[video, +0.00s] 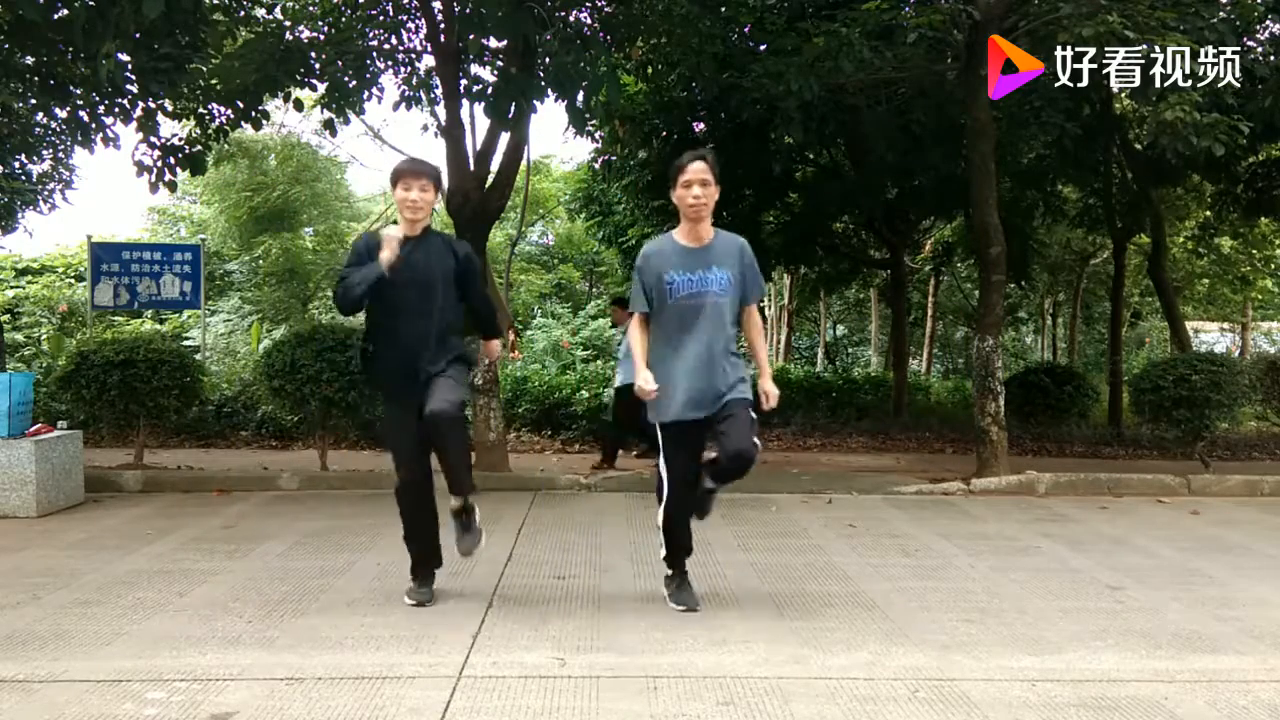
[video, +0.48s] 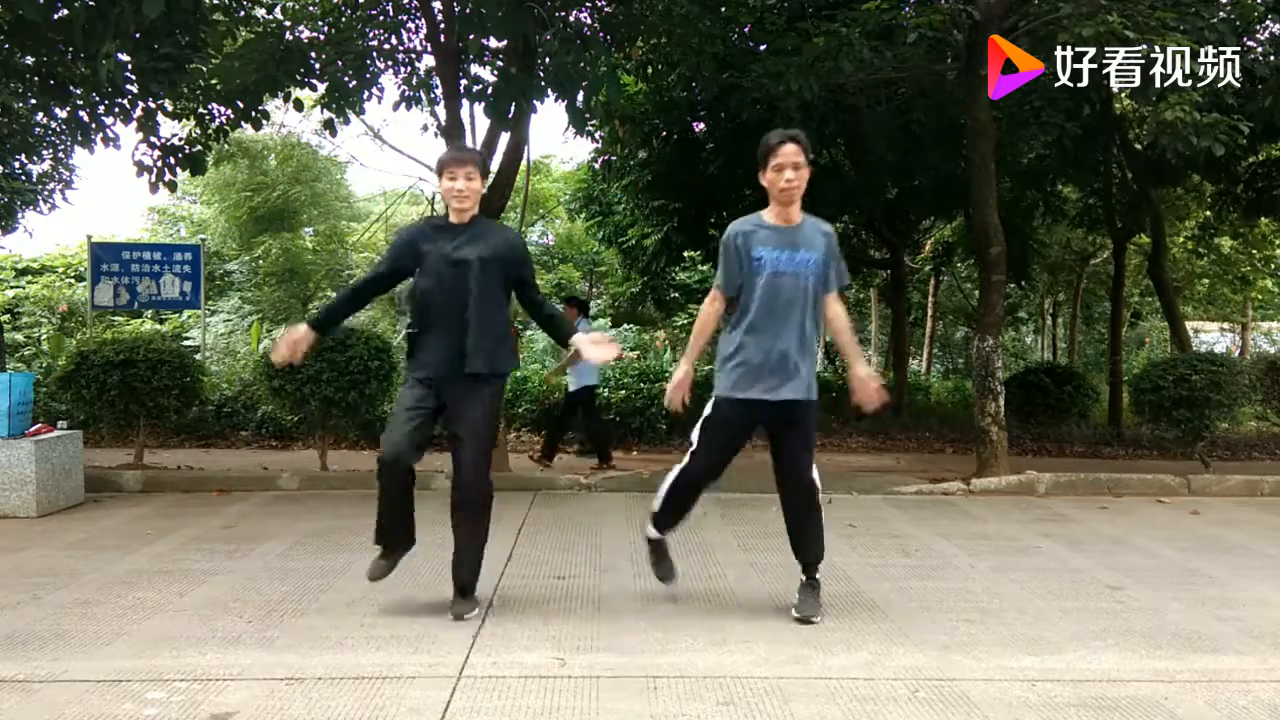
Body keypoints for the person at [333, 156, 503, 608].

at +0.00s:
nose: (414, 197)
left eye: (423, 189)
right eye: (405, 188)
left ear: (436, 197)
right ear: (393, 195)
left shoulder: (456, 252)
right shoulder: (369, 246)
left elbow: (480, 302)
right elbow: (344, 301)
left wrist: (492, 335)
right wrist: (380, 264)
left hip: (447, 363)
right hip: (396, 371)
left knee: (441, 414)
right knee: (409, 477)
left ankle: (462, 503)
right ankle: (422, 570)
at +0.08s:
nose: (420, 190)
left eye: (429, 182)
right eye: (412, 181)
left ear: (442, 189)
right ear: (398, 186)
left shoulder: (463, 244)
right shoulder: (376, 239)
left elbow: (480, 298)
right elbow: (349, 298)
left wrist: (488, 340)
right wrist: (394, 280)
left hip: (452, 362)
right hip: (401, 367)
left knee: (451, 429)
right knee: (411, 464)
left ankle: (466, 535)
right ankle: (422, 563)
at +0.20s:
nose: (434, 211)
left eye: (443, 204)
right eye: (426, 203)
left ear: (455, 210)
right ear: (412, 209)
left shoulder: (474, 262)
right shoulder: (391, 257)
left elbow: (493, 321)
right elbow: (356, 314)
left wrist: (501, 374)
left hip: (464, 387)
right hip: (411, 388)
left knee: (470, 480)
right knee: (411, 481)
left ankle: (465, 585)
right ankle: (415, 554)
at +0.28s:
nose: (443, 214)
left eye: (452, 207)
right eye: (434, 206)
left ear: (464, 214)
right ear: (420, 213)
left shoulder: (484, 273)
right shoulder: (396, 268)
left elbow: (506, 334)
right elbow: (356, 327)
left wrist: (523, 388)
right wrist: (354, 389)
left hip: (468, 401)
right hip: (413, 400)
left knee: (472, 488)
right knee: (415, 489)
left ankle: (465, 595)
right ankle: (415, 559)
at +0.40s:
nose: (455, 185)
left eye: (463, 177)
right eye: (446, 177)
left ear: (478, 184)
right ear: (434, 183)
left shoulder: (499, 241)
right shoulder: (409, 237)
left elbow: (531, 298)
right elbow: (365, 286)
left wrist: (563, 348)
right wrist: (323, 338)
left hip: (478, 377)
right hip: (422, 374)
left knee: (472, 487)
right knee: (396, 470)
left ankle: (468, 594)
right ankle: (403, 541)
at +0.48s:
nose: (461, 186)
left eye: (469, 178)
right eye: (452, 178)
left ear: (483, 185)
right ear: (439, 185)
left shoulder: (505, 243)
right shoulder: (418, 238)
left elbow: (535, 302)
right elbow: (369, 286)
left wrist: (576, 339)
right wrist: (312, 327)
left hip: (481, 374)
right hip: (425, 370)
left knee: (472, 480)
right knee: (393, 454)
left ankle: (465, 587)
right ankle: (395, 540)